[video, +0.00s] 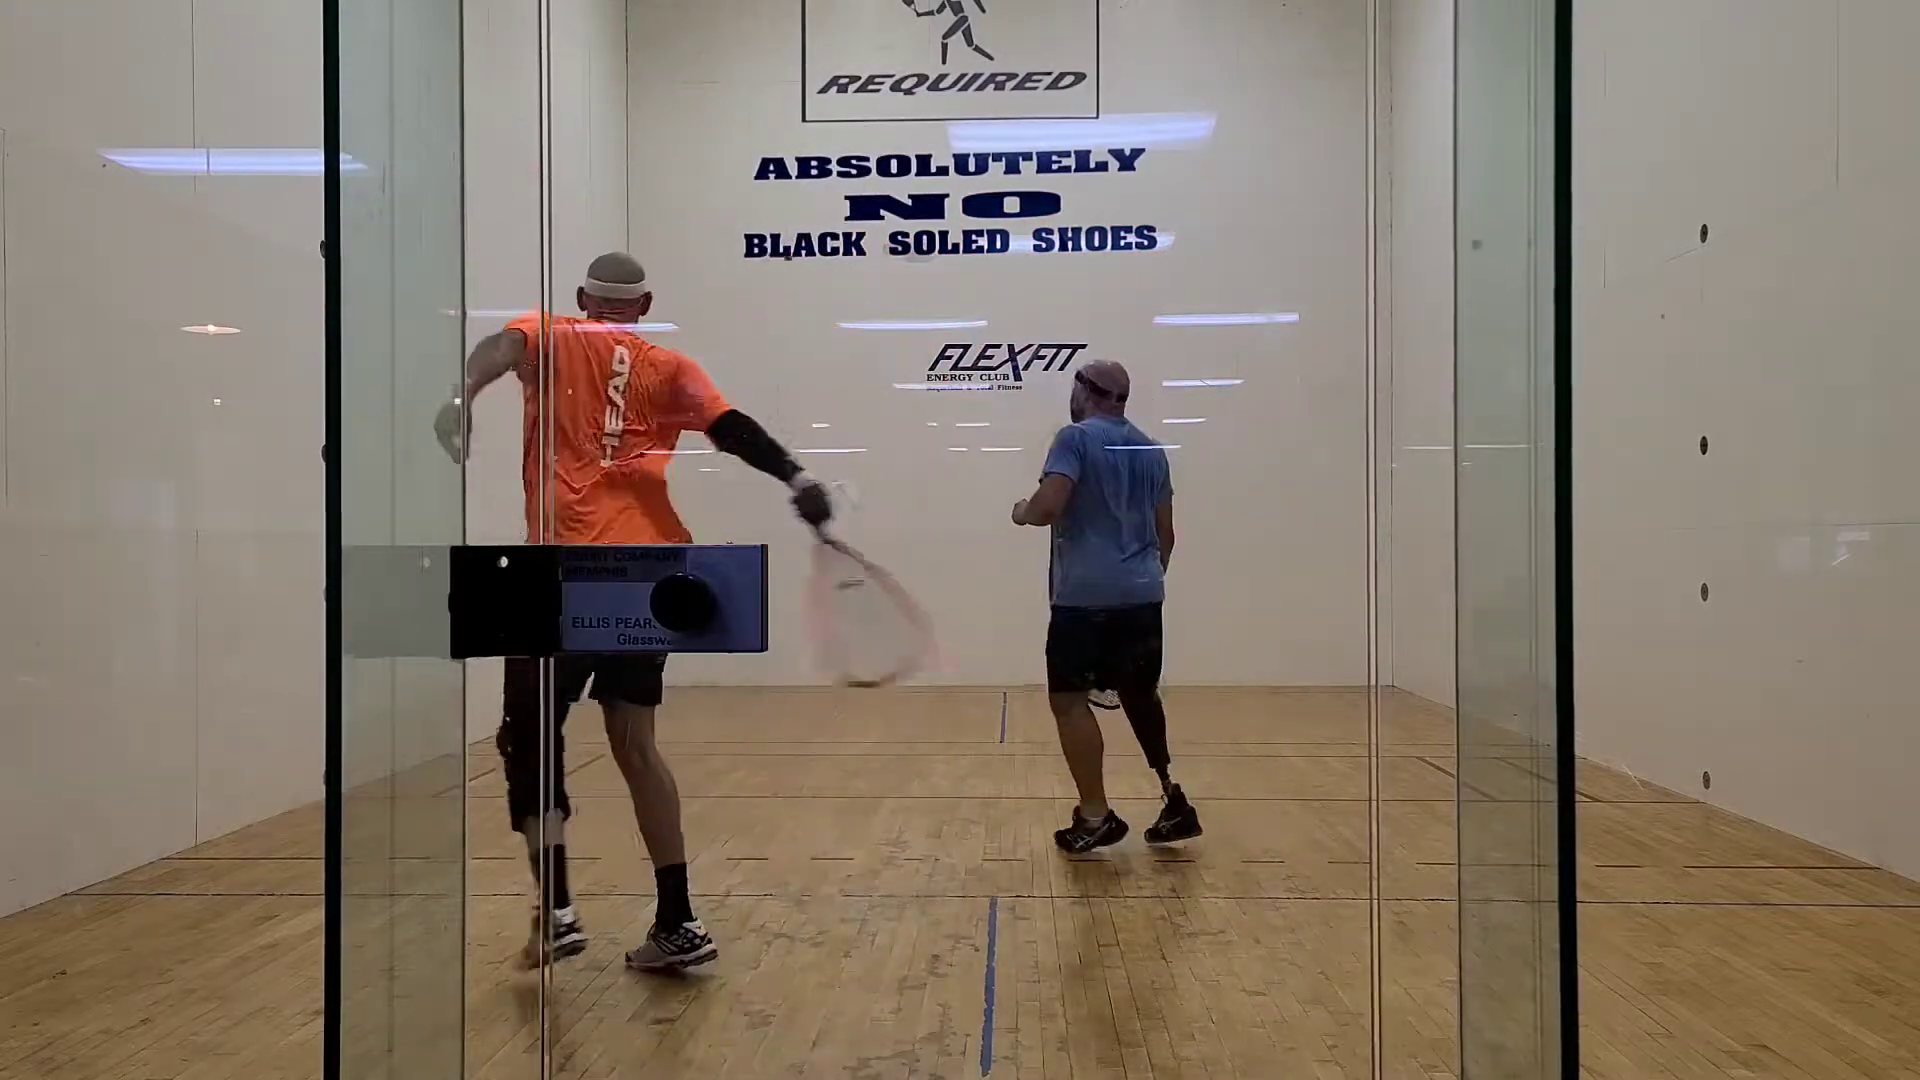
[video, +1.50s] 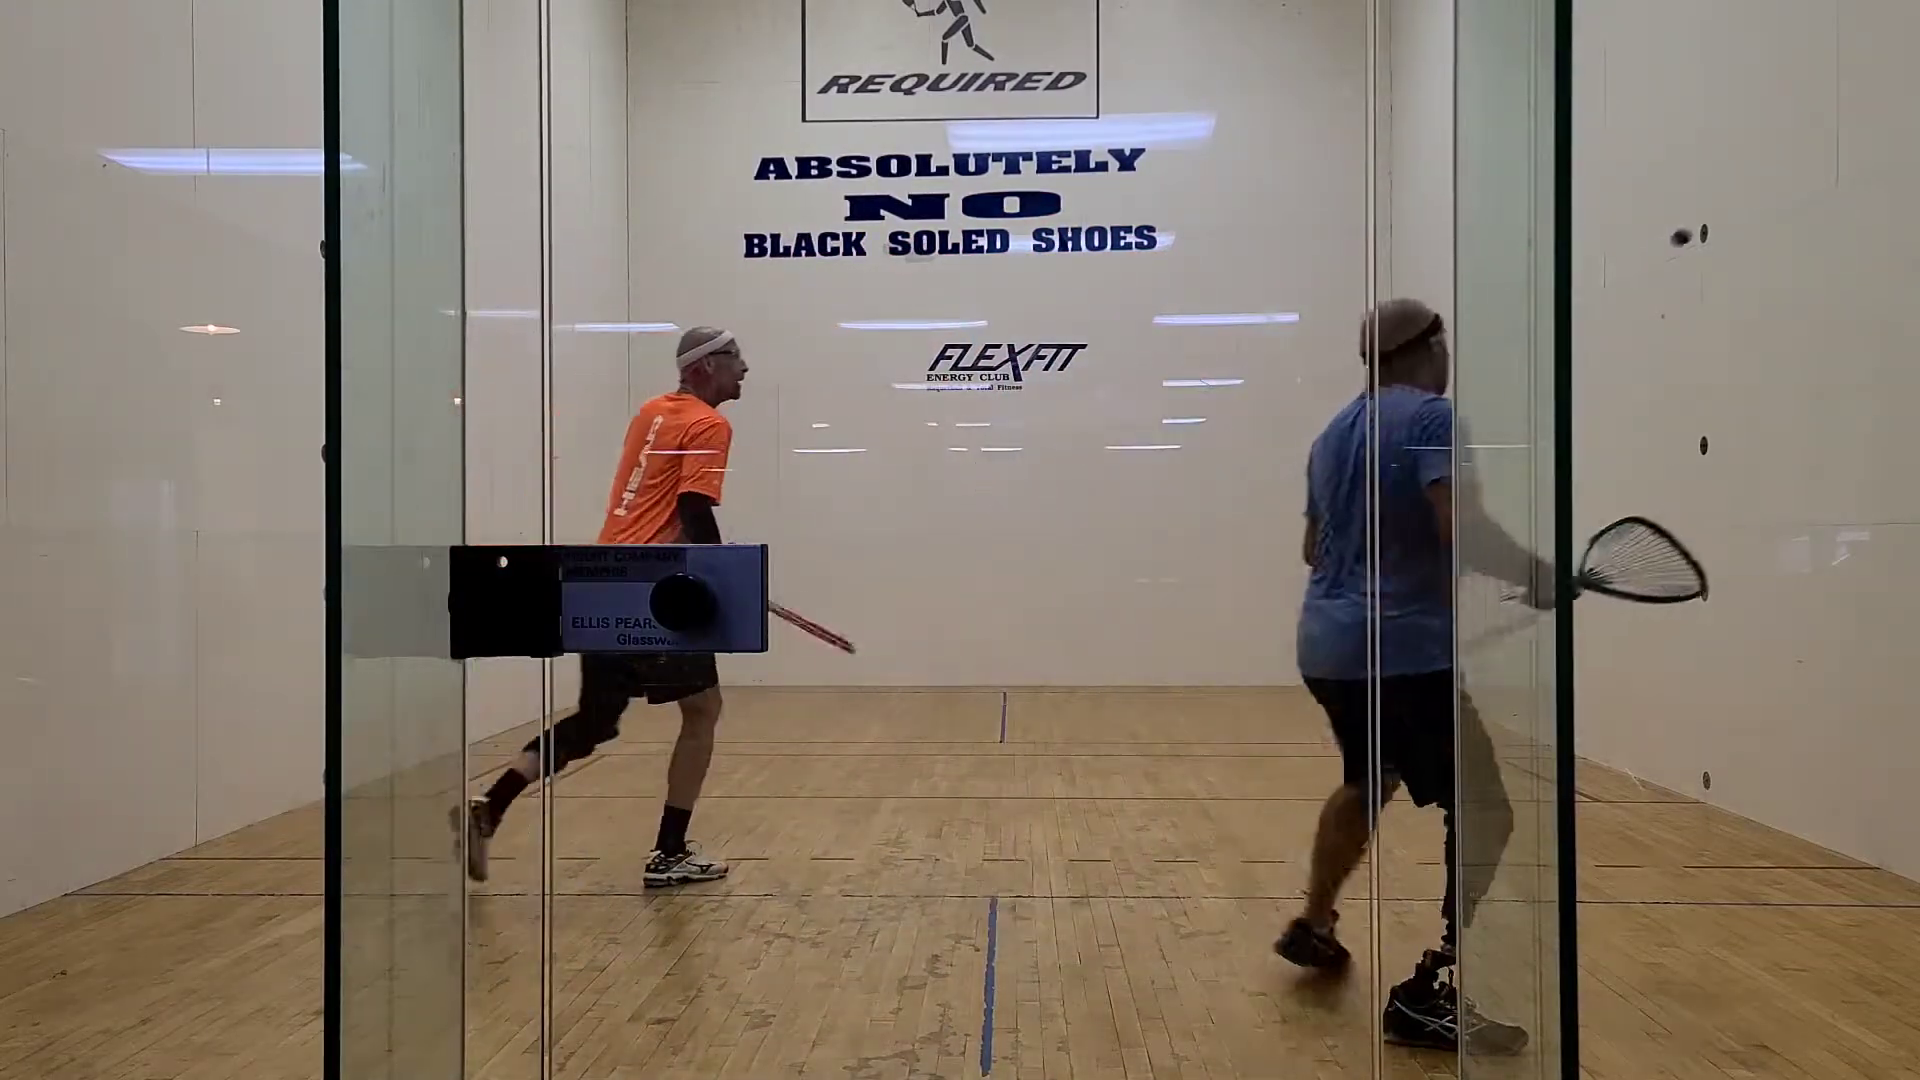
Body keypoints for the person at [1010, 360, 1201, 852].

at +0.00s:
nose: (1071, 400)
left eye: (1075, 392)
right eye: (1074, 391)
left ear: (1087, 392)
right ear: (1122, 399)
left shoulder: (1075, 438)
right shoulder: (1152, 450)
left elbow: (1050, 505)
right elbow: (1165, 537)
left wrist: (1023, 512)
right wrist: (1147, 582)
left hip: (1083, 600)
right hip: (1141, 599)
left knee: (1067, 698)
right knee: (1139, 692)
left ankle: (1095, 817)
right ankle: (1176, 802)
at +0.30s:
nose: (1082, 433)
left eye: (1061, 423)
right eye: (1093, 424)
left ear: (1053, 425)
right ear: (1103, 429)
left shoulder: (1022, 469)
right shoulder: (1129, 482)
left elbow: (965, 530)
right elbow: (1159, 572)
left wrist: (985, 529)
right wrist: (1167, 624)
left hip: (1038, 634)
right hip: (1109, 636)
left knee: (1012, 743)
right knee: (1132, 731)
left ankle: (1004, 863)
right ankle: (1169, 827)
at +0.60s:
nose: (1092, 406)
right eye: (1097, 398)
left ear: (1046, 398)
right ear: (1099, 401)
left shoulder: (1001, 447)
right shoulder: (1112, 452)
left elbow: (958, 522)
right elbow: (1137, 547)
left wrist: (1009, 544)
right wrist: (1158, 615)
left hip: (1007, 618)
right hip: (1083, 615)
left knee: (997, 734)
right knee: (1124, 721)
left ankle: (977, 865)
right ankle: (1143, 846)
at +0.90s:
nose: (1163, 411)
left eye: (1146, 398)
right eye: (1165, 401)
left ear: (1109, 402)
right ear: (1164, 402)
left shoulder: (1066, 456)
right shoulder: (1166, 458)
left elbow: (1013, 536)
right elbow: (1193, 556)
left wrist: (1041, 596)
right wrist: (1224, 612)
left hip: (1051, 638)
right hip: (1113, 645)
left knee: (1053, 757)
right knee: (1126, 783)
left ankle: (999, 875)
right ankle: (1039, 880)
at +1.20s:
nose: (1295, 415)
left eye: (1293, 405)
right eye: (1293, 405)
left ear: (1232, 407)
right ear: (1283, 407)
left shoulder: (1179, 465)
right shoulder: (1279, 469)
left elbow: (1132, 555)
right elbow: (1302, 575)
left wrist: (1182, 606)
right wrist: (1349, 631)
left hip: (1171, 663)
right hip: (1237, 661)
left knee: (1254, 769)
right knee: (1325, 789)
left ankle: (1236, 907)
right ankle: (1257, 888)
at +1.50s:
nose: (1446, 359)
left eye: (1442, 348)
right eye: (1441, 348)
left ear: (1374, 359)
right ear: (1427, 350)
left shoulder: (1333, 433)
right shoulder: (1432, 415)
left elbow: (1315, 549)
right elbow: (1466, 530)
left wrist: (1405, 559)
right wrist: (1537, 572)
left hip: (1328, 655)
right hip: (1409, 658)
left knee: (1365, 779)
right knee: (1486, 814)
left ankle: (1313, 924)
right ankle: (1440, 984)